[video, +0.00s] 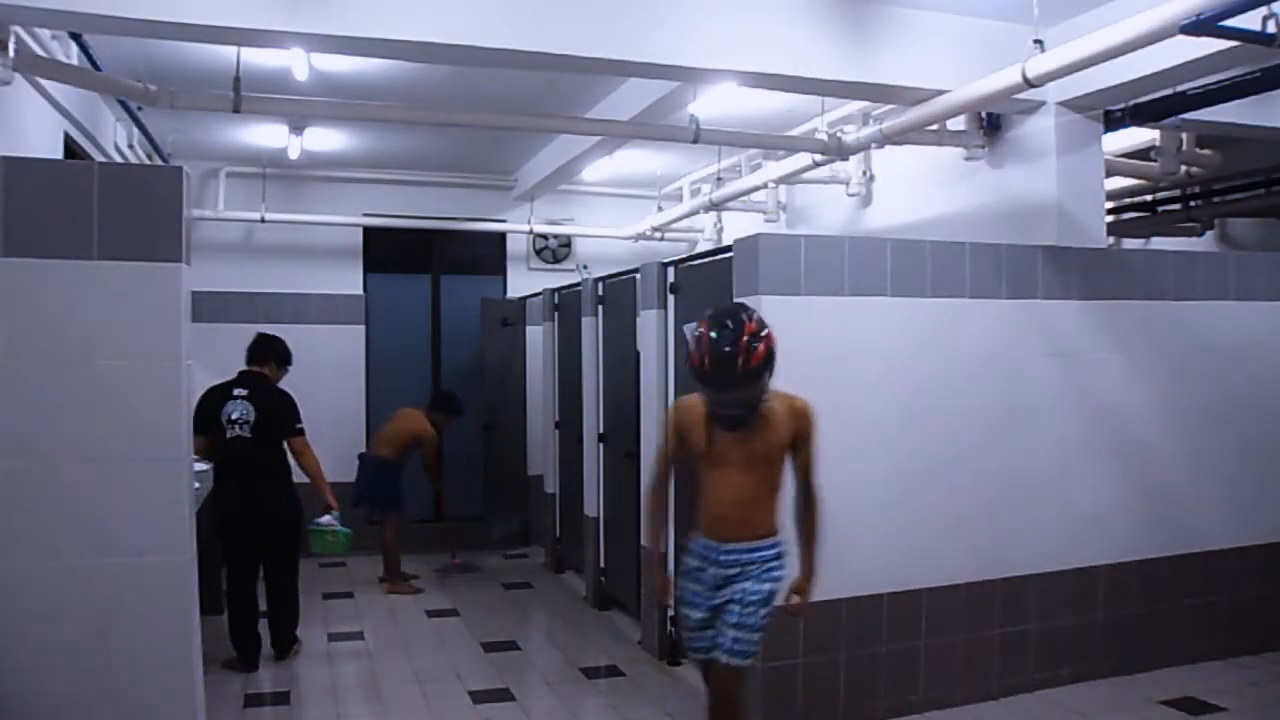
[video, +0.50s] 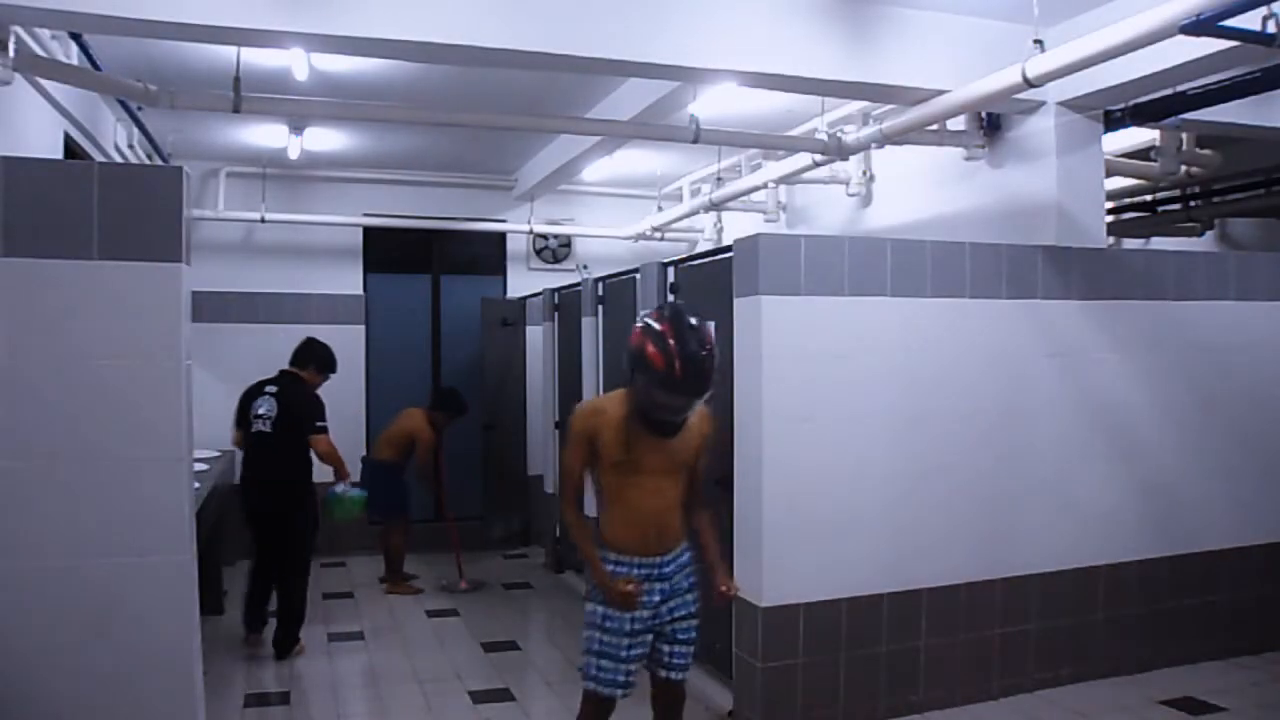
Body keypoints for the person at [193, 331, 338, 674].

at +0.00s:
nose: (280, 378)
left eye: (282, 372)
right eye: (281, 371)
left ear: (249, 361)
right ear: (273, 366)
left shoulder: (212, 395)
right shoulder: (278, 398)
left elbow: (200, 448)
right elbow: (300, 449)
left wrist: (231, 454)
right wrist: (324, 489)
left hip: (230, 500)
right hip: (276, 499)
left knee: (240, 577)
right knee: (282, 572)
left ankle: (246, 656)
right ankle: (283, 644)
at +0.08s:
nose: (287, 380)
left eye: (289, 374)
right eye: (288, 373)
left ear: (256, 362)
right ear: (279, 367)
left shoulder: (218, 394)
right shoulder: (283, 399)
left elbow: (205, 446)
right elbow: (304, 451)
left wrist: (232, 459)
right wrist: (328, 492)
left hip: (233, 499)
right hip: (277, 499)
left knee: (240, 576)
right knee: (282, 571)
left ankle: (246, 656)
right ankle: (283, 643)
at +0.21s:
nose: (298, 382)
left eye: (301, 376)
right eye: (299, 375)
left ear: (267, 363)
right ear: (290, 368)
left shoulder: (227, 393)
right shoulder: (289, 400)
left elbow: (215, 444)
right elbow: (312, 453)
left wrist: (239, 466)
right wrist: (335, 493)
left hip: (237, 498)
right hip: (280, 497)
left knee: (240, 575)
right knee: (284, 571)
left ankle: (245, 654)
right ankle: (284, 644)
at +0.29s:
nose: (306, 383)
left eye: (308, 377)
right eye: (307, 376)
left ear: (277, 363)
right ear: (297, 368)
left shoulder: (235, 392)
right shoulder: (295, 399)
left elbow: (218, 441)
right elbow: (316, 451)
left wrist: (243, 462)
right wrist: (337, 488)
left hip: (241, 496)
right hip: (283, 496)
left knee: (242, 572)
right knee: (286, 571)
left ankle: (244, 648)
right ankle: (284, 643)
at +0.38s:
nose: (313, 384)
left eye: (315, 378)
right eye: (314, 378)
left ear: (286, 364)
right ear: (305, 369)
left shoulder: (243, 391)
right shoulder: (301, 400)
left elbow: (224, 438)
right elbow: (319, 449)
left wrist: (249, 460)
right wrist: (338, 481)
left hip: (247, 494)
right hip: (288, 495)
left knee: (248, 567)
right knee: (289, 571)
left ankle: (243, 639)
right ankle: (284, 643)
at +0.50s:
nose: (321, 384)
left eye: (324, 379)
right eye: (322, 378)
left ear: (295, 364)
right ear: (313, 370)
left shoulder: (254, 391)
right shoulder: (307, 398)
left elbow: (240, 438)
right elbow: (321, 446)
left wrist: (269, 448)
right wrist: (340, 467)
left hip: (255, 490)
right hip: (293, 492)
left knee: (264, 557)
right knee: (295, 565)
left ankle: (253, 627)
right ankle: (285, 642)